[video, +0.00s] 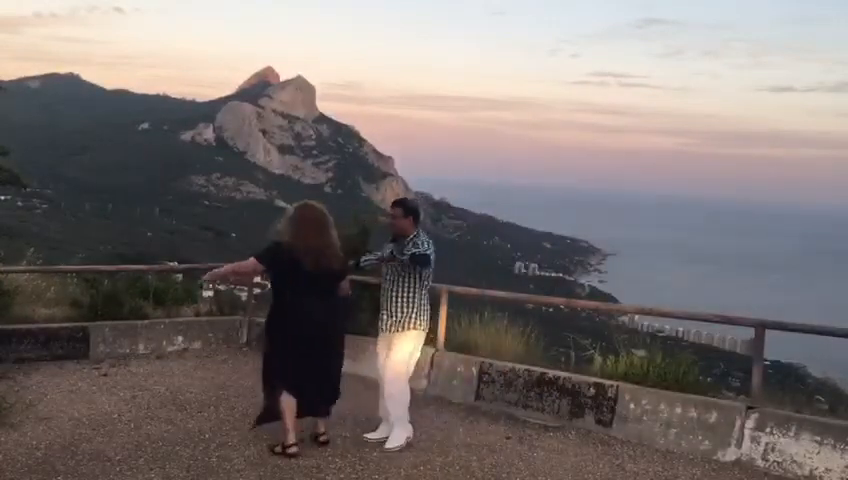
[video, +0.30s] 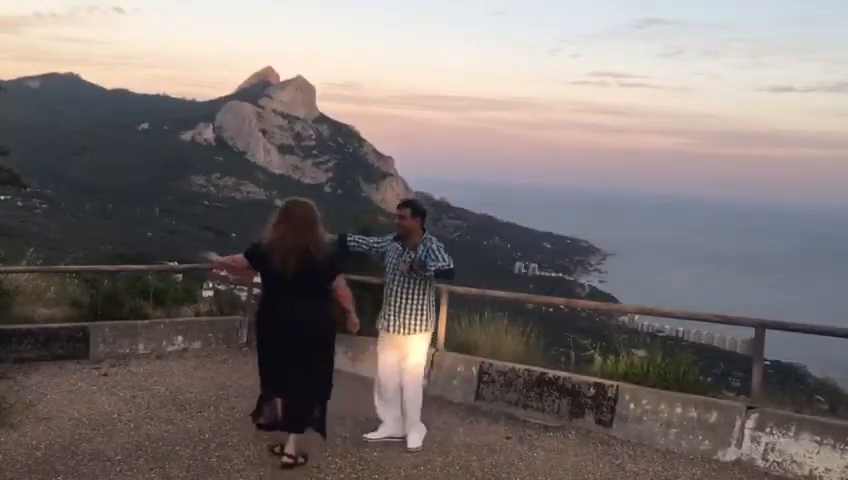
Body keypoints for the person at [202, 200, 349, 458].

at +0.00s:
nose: (284, 227)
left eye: (287, 222)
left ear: (291, 226)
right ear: (327, 228)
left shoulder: (281, 250)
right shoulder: (334, 257)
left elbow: (248, 267)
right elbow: (345, 291)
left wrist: (218, 273)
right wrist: (322, 285)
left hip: (288, 326)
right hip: (325, 328)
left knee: (286, 381)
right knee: (321, 377)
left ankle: (290, 441)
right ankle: (322, 431)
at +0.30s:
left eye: (277, 222)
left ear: (280, 224)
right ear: (315, 224)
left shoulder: (269, 249)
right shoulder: (325, 251)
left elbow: (241, 264)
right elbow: (341, 289)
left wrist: (220, 262)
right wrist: (352, 314)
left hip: (275, 328)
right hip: (313, 330)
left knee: (282, 373)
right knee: (302, 384)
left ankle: (287, 437)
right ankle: (291, 448)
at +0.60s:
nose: (309, 225)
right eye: (307, 220)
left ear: (270, 221)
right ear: (303, 224)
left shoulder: (257, 253)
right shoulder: (310, 254)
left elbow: (233, 267)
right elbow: (334, 291)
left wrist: (224, 269)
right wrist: (365, 309)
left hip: (262, 333)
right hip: (300, 335)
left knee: (261, 384)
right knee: (298, 387)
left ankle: (254, 442)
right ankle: (289, 451)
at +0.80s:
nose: (298, 226)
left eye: (297, 220)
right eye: (296, 221)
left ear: (260, 220)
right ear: (288, 223)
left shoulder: (247, 251)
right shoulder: (292, 253)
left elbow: (240, 283)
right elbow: (317, 291)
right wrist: (353, 305)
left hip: (244, 332)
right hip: (280, 334)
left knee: (242, 389)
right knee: (289, 388)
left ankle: (234, 455)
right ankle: (288, 450)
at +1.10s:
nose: (290, 229)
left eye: (289, 223)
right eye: (288, 223)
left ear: (254, 222)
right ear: (279, 225)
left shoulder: (243, 253)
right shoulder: (279, 257)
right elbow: (303, 292)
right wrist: (326, 289)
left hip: (233, 337)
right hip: (263, 340)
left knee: (242, 391)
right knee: (265, 394)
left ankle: (233, 452)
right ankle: (248, 453)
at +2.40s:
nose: (321, 236)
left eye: (322, 231)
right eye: (319, 230)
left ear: (293, 220)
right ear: (307, 225)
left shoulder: (272, 245)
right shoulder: (290, 246)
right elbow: (304, 275)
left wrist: (317, 239)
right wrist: (340, 273)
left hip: (258, 334)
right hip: (280, 338)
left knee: (252, 393)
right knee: (280, 399)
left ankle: (249, 448)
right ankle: (268, 460)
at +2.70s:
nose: (329, 240)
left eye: (330, 235)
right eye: (327, 234)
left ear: (301, 226)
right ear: (314, 231)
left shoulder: (283, 252)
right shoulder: (301, 258)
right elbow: (309, 302)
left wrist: (325, 247)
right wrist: (349, 316)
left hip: (269, 343)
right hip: (289, 348)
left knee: (277, 404)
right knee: (305, 401)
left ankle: (274, 464)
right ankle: (285, 463)